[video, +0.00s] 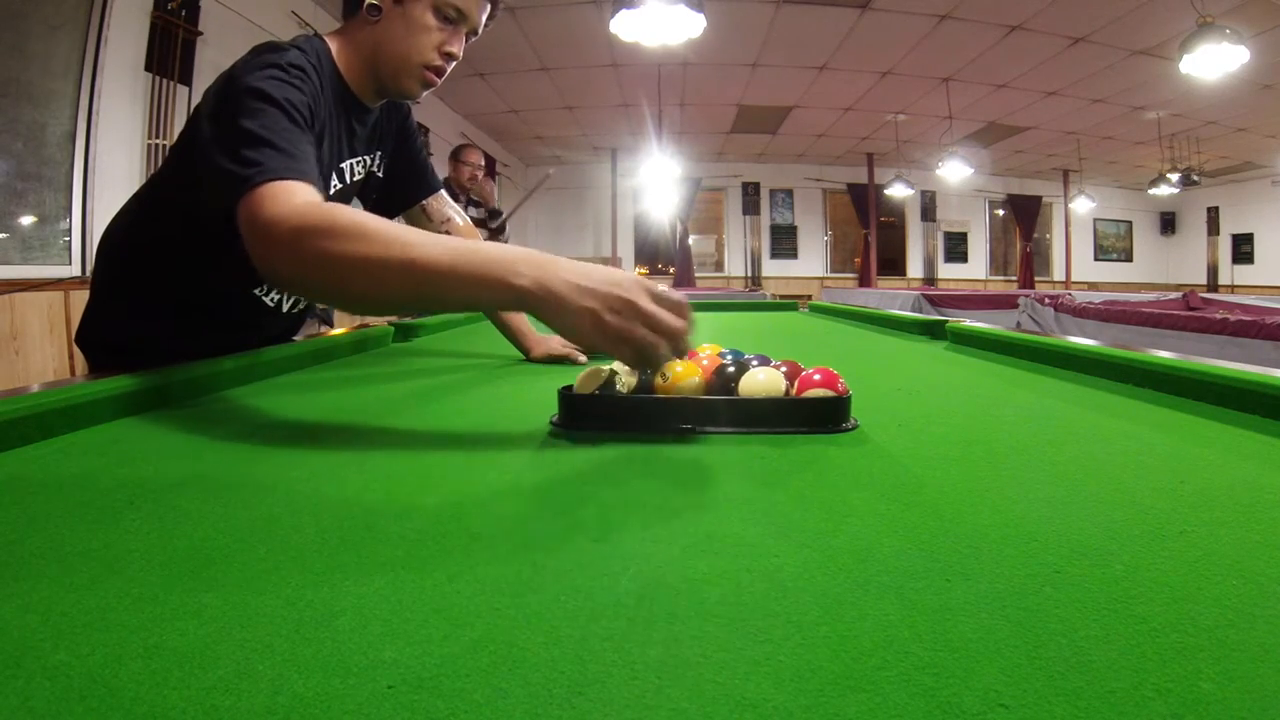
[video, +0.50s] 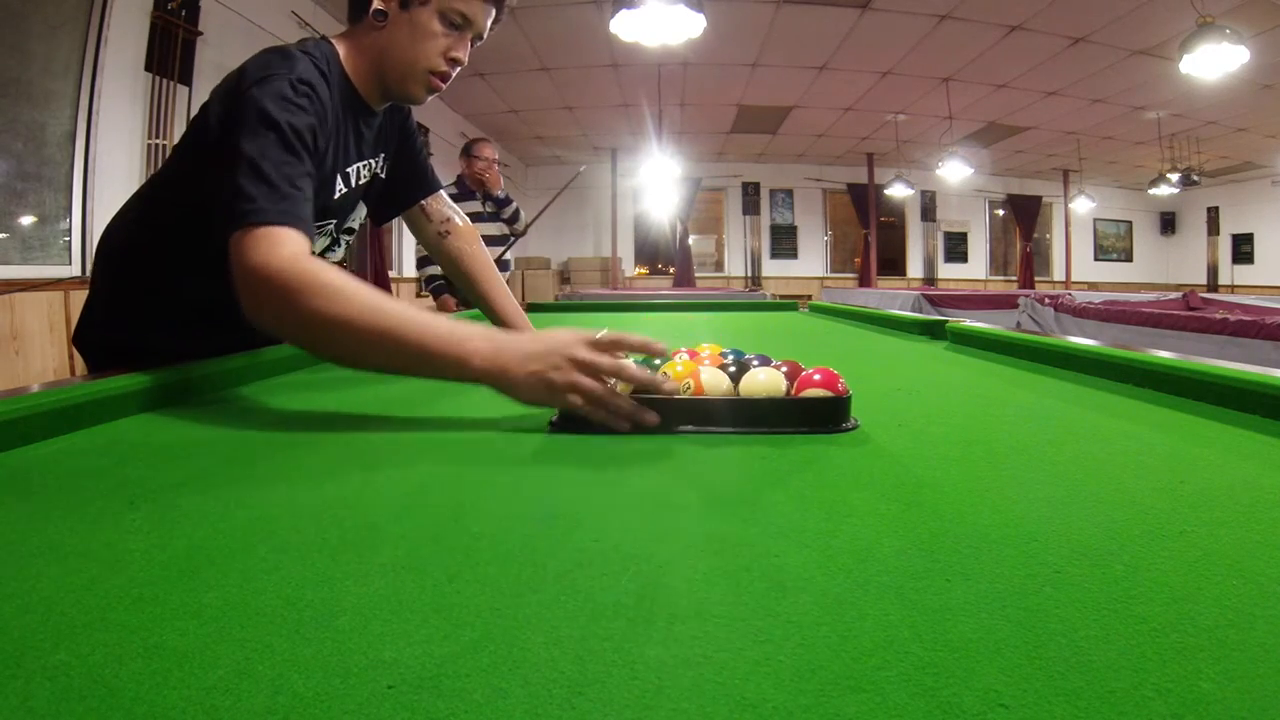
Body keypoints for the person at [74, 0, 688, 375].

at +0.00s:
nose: (458, 51)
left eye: (469, 38)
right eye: (446, 21)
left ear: (461, 47)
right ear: (379, 4)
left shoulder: (391, 117)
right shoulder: (276, 82)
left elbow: (448, 229)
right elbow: (284, 238)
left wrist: (526, 332)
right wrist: (537, 276)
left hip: (257, 332)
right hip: (150, 332)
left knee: (247, 517)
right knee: (143, 523)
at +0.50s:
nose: (462, 58)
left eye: (473, 42)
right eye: (453, 26)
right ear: (387, 7)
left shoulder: (392, 121)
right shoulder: (283, 86)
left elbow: (447, 230)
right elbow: (272, 277)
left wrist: (525, 338)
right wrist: (498, 357)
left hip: (252, 336)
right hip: (146, 340)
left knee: (240, 523)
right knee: (139, 538)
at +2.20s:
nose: (444, 68)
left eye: (451, 48)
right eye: (449, 44)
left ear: (401, 29)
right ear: (412, 25)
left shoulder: (380, 122)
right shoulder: (271, 83)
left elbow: (442, 232)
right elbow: (301, 259)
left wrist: (527, 339)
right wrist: (475, 383)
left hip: (259, 342)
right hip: (153, 344)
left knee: (240, 527)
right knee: (143, 536)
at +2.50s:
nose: (400, 60)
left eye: (405, 43)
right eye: (409, 41)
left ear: (327, 10)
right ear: (400, 34)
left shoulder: (328, 96)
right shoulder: (295, 55)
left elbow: (372, 232)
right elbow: (315, 227)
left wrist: (465, 340)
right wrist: (473, 381)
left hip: (235, 346)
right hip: (149, 352)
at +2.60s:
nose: (379, 67)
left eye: (382, 55)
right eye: (389, 50)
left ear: (315, 8)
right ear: (386, 29)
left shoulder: (279, 63)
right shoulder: (300, 52)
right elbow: (326, 220)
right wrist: (477, 375)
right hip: (150, 350)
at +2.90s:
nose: (360, 60)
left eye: (362, 51)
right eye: (364, 47)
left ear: (293, 18)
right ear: (357, 32)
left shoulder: (254, 72)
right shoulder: (297, 57)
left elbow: (279, 222)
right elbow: (330, 178)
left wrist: (334, 308)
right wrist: (443, 342)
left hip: (205, 331)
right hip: (141, 335)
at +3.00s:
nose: (350, 52)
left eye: (350, 44)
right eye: (352, 41)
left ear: (279, 14)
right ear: (348, 30)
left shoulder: (243, 63)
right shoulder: (287, 54)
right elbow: (295, 178)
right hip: (142, 343)